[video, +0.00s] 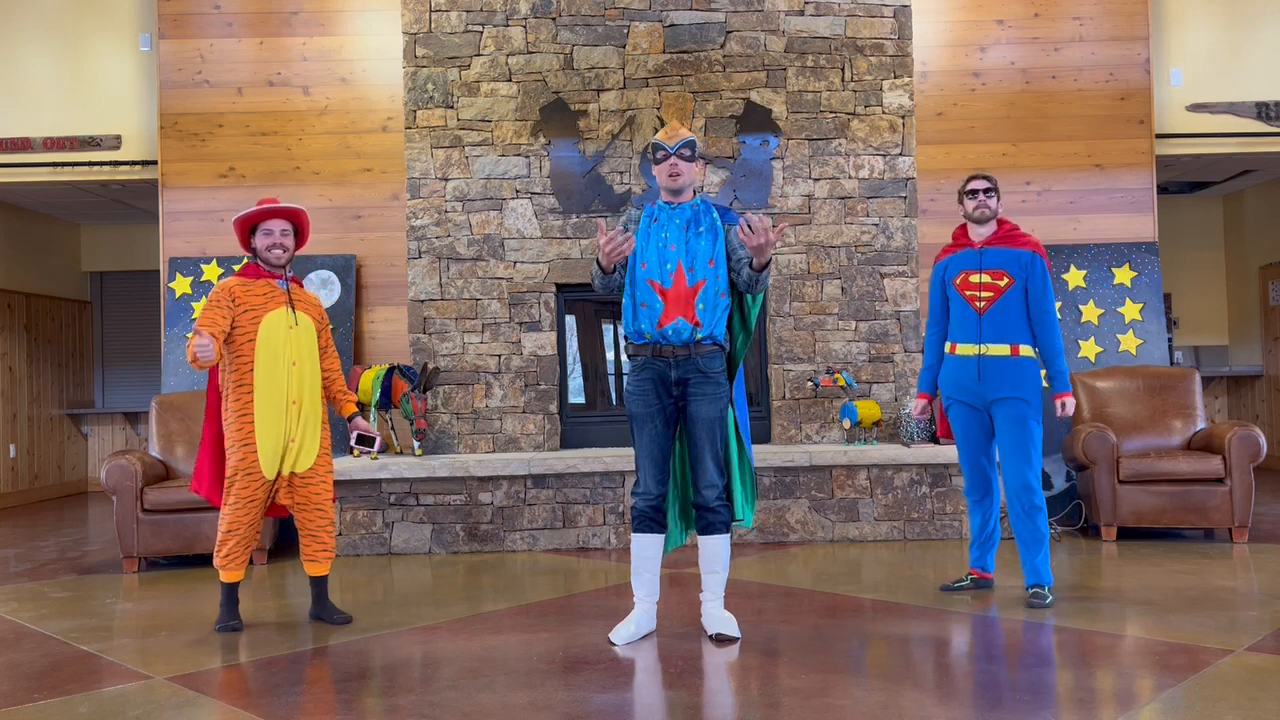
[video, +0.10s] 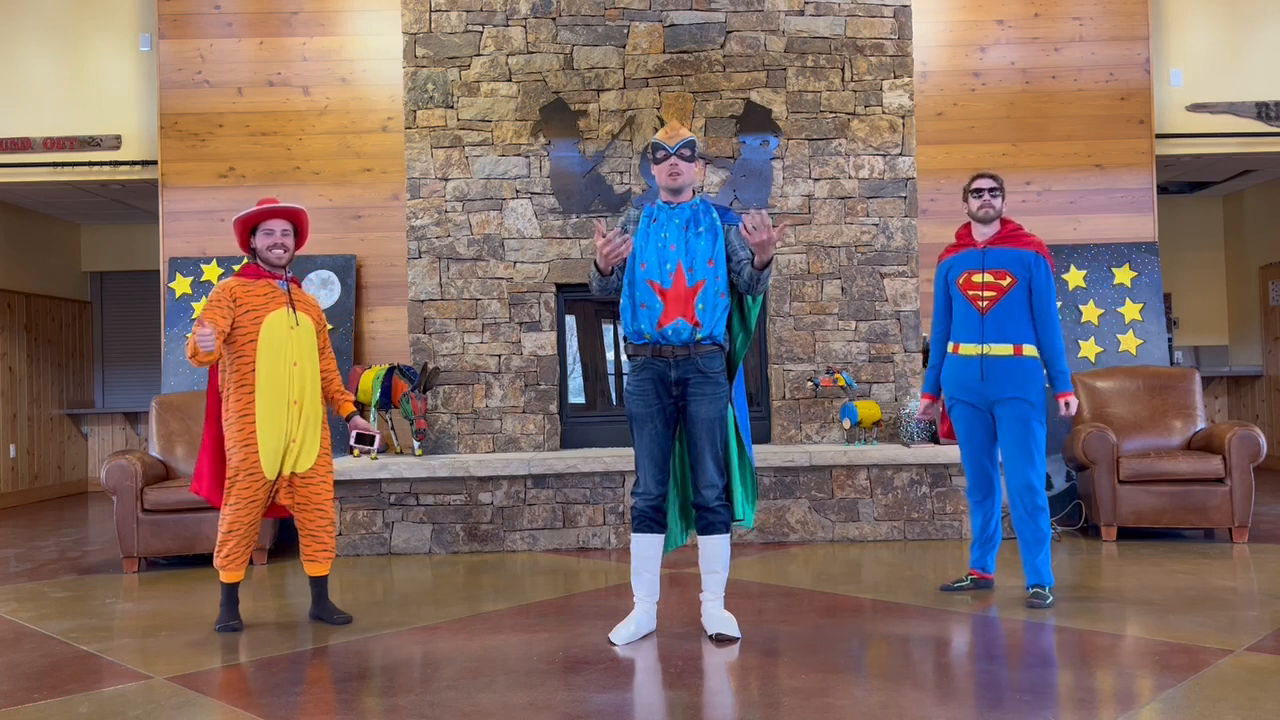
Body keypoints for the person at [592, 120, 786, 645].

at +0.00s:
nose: (673, 162)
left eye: (684, 155)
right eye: (663, 156)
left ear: (701, 167)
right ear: (651, 168)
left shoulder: (722, 221)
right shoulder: (635, 220)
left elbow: (744, 285)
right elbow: (608, 292)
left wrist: (759, 259)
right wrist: (608, 269)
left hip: (704, 365)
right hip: (646, 366)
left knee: (710, 485)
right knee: (650, 487)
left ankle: (714, 607)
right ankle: (644, 608)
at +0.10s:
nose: (673, 163)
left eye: (684, 156)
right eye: (663, 156)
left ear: (701, 167)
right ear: (650, 168)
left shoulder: (724, 220)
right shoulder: (633, 220)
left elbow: (745, 287)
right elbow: (606, 296)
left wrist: (761, 258)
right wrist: (606, 270)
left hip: (704, 365)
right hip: (646, 366)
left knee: (710, 485)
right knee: (649, 487)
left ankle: (714, 607)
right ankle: (644, 609)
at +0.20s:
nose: (673, 162)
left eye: (684, 155)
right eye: (663, 156)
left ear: (701, 167)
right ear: (650, 168)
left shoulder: (723, 221)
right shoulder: (633, 220)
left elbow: (745, 289)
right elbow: (606, 295)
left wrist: (763, 255)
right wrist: (605, 269)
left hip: (704, 364)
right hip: (645, 365)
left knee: (710, 485)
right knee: (649, 487)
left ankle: (714, 607)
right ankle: (644, 609)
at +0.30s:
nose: (669, 162)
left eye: (680, 154)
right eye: (659, 156)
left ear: (698, 165)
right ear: (648, 169)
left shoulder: (724, 222)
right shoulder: (632, 223)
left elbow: (746, 290)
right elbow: (608, 303)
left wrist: (768, 258)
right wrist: (604, 270)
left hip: (704, 365)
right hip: (644, 366)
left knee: (709, 485)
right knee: (649, 487)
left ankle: (714, 607)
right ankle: (644, 609)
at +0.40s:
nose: (661, 166)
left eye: (672, 156)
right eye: (653, 160)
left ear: (694, 164)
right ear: (646, 171)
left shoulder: (724, 224)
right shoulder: (634, 225)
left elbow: (746, 292)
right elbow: (609, 305)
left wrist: (772, 274)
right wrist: (601, 276)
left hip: (703, 365)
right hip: (644, 366)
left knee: (709, 485)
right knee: (648, 487)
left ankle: (713, 608)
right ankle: (644, 610)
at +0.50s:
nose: (656, 167)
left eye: (668, 156)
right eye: (649, 161)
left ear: (692, 164)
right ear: (644, 172)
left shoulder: (724, 222)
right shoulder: (631, 224)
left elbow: (747, 294)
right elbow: (608, 304)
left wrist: (775, 283)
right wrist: (595, 280)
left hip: (703, 365)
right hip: (643, 366)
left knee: (709, 485)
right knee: (648, 487)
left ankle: (713, 608)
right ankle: (644, 609)